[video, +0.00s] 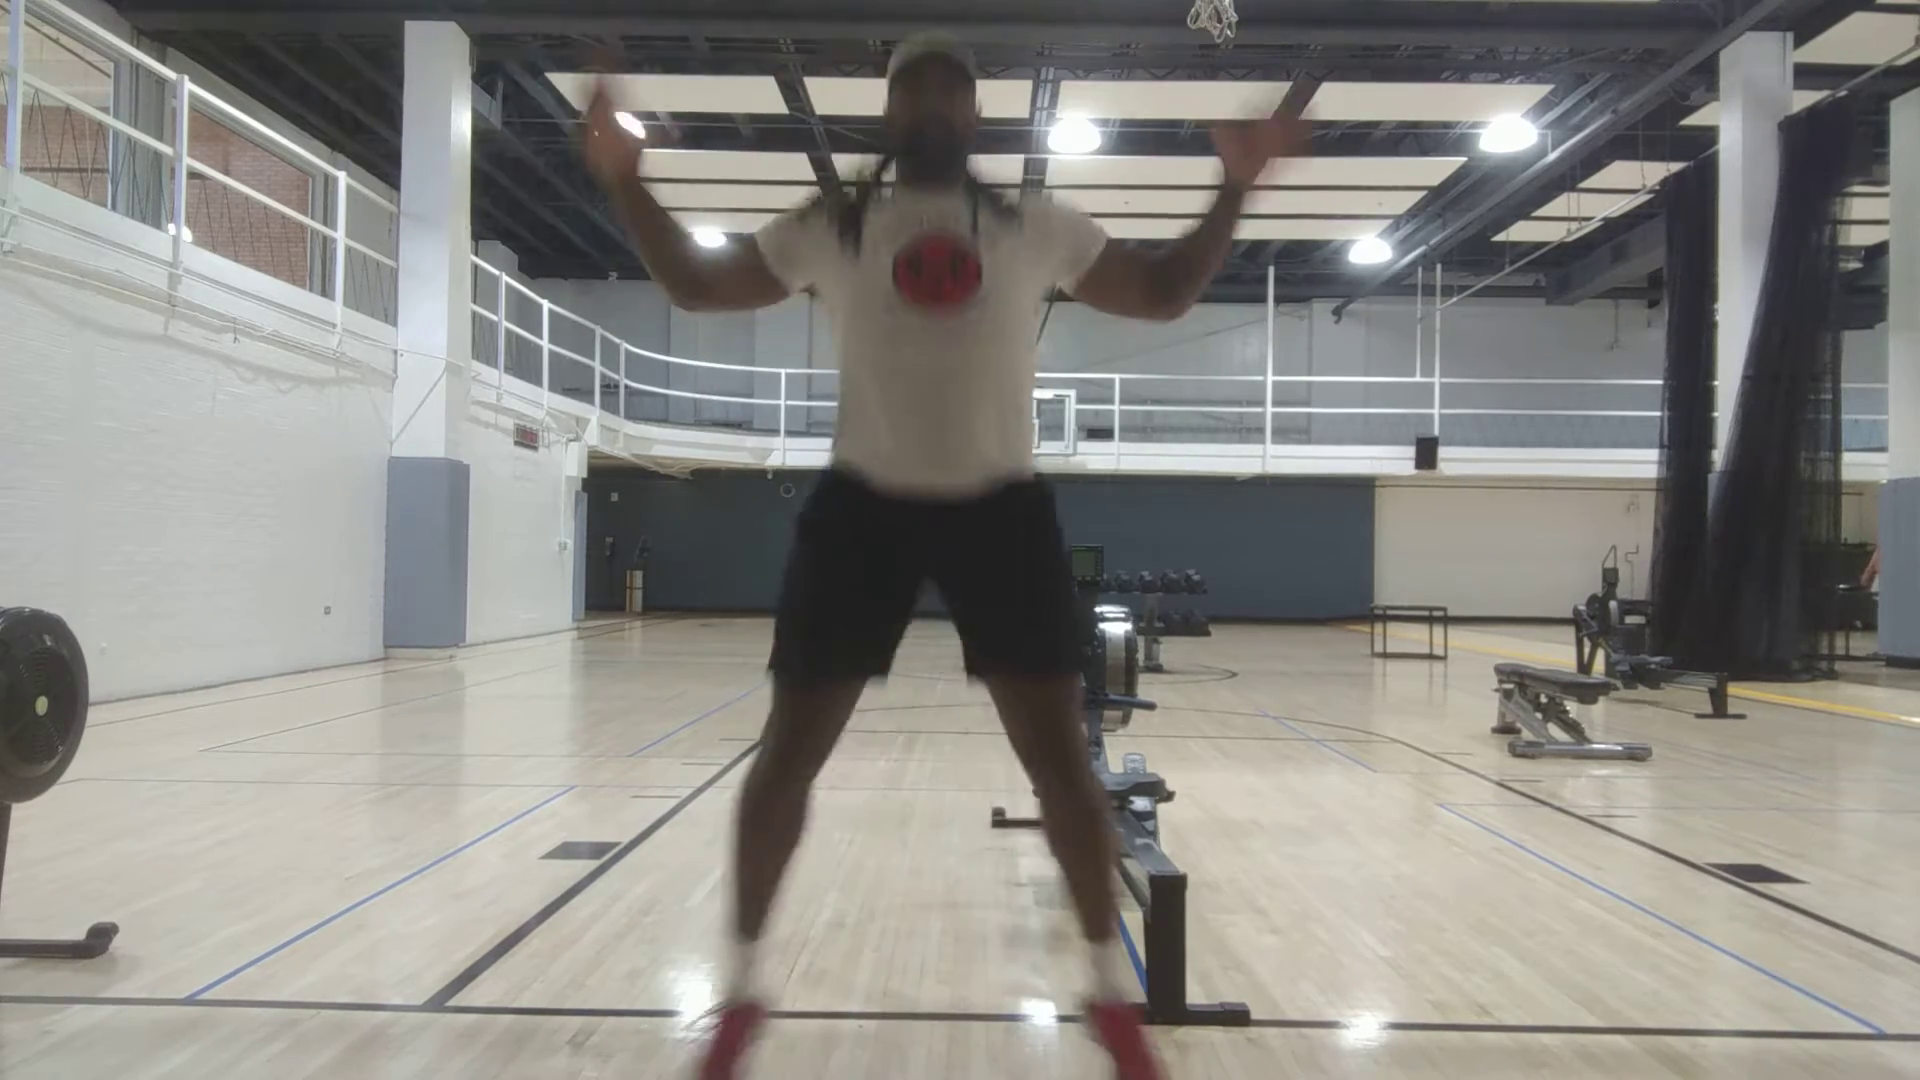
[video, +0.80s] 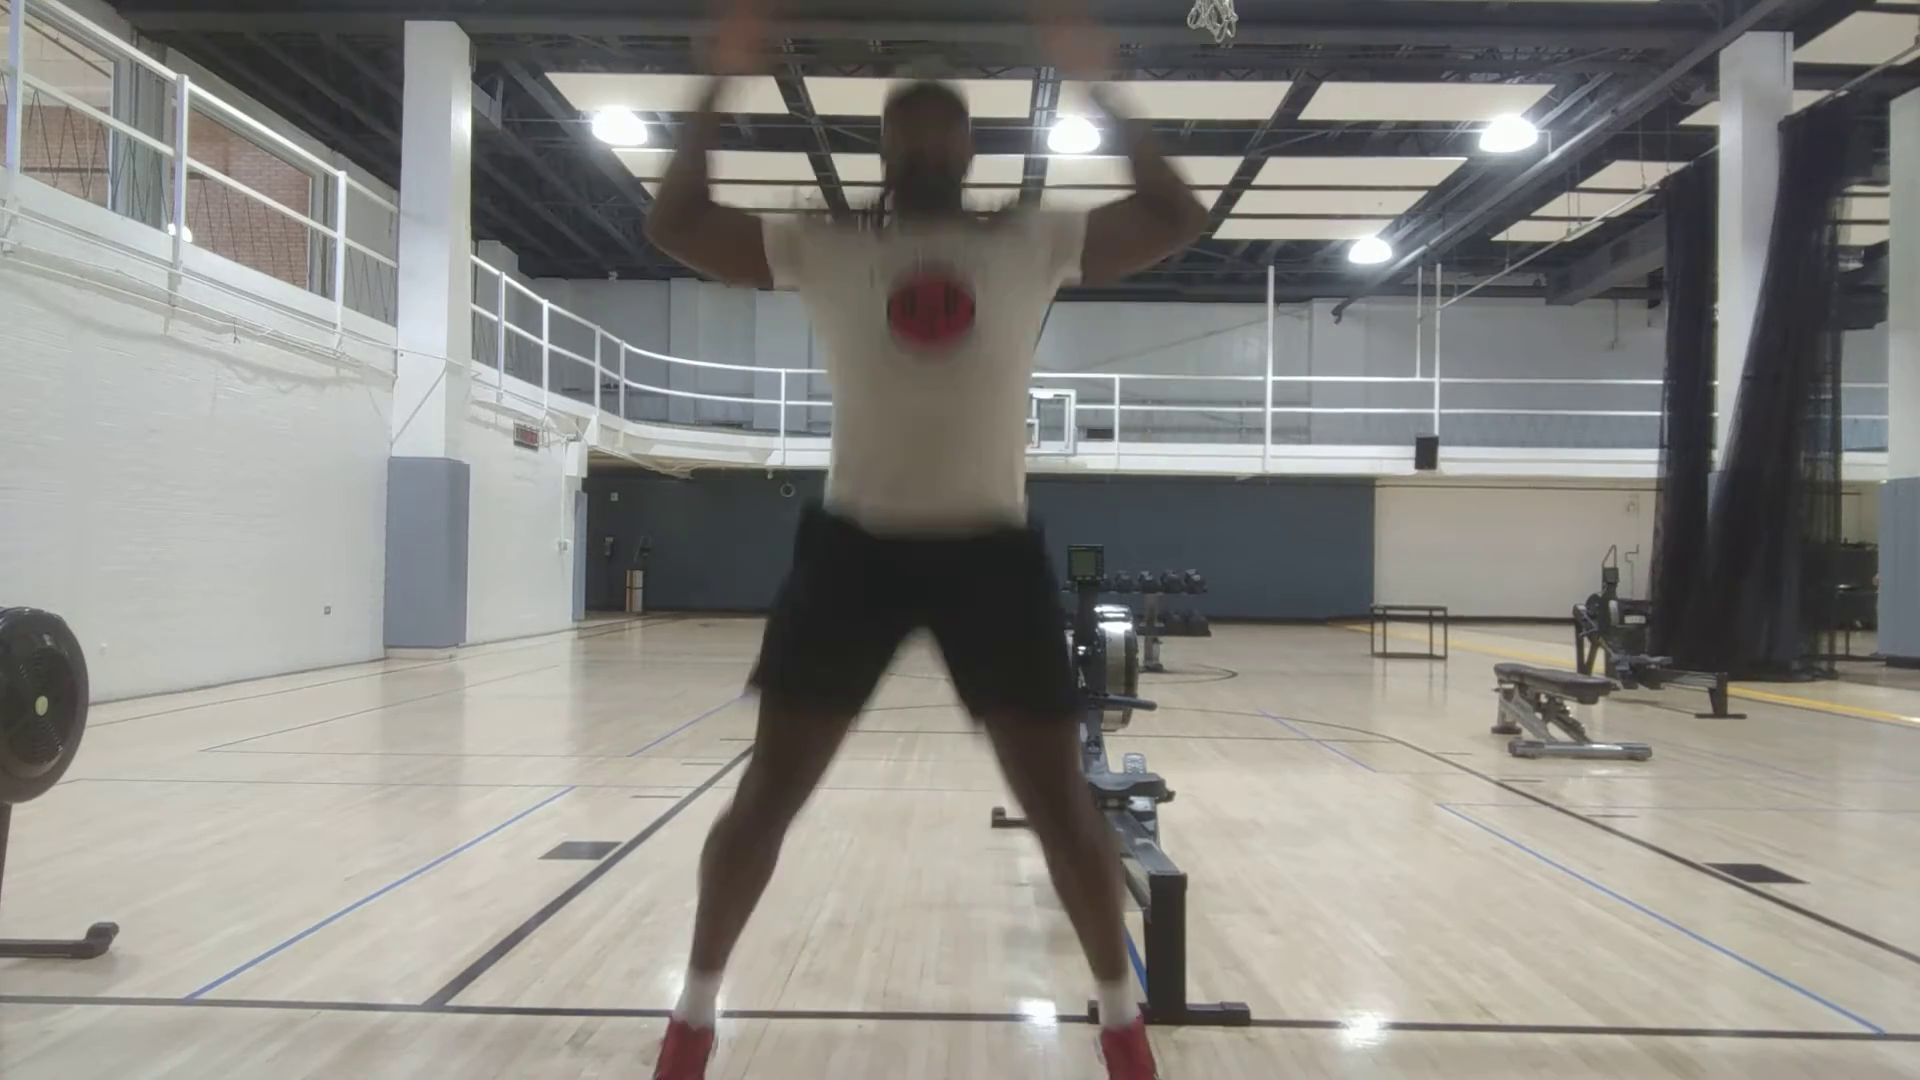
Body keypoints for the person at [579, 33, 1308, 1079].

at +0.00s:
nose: (935, 103)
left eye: (953, 88)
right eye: (917, 87)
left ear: (978, 112)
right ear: (886, 110)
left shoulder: (1032, 222)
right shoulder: (836, 223)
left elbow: (1165, 288)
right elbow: (696, 278)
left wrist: (1235, 187)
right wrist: (623, 182)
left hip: (1002, 511)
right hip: (863, 509)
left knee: (1059, 751)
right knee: (791, 747)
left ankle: (1111, 986)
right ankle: (741, 987)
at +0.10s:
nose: (937, 70)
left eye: (955, 55)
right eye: (918, 52)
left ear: (980, 79)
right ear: (884, 75)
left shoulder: (1034, 196)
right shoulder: (831, 203)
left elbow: (1109, 323)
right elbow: (742, 315)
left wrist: (1191, 304)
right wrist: (681, 294)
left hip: (1001, 482)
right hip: (864, 480)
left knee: (1025, 739)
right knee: (835, 732)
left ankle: (1029, 981)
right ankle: (831, 975)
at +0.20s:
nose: (933, 76)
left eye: (951, 59)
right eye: (914, 59)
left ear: (978, 85)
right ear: (883, 86)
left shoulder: (1034, 215)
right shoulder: (837, 217)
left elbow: (1072, 348)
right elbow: (784, 339)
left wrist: (1118, 377)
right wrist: (749, 367)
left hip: (1001, 502)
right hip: (871, 500)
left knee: (1010, 761)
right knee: (854, 756)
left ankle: (987, 995)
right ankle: (872, 994)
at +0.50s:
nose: (932, 119)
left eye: (949, 101)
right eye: (914, 101)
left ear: (972, 123)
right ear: (884, 121)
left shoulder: (1029, 261)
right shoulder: (832, 259)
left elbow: (1100, 380)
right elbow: (779, 378)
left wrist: (1153, 375)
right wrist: (729, 400)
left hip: (996, 535)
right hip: (868, 536)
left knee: (1000, 773)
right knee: (859, 769)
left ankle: (983, 1005)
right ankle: (876, 1004)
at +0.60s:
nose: (925, 60)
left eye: (945, 45)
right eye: (907, 45)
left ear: (976, 75)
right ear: (881, 73)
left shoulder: (1031, 195)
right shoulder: (833, 196)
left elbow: (1144, 304)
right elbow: (722, 308)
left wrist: (1199, 222)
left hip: (995, 480)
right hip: (864, 479)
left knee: (1012, 727)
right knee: (833, 725)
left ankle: (1025, 975)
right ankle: (822, 965)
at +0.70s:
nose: (929, 75)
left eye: (947, 58)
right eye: (909, 58)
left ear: (977, 80)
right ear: (882, 83)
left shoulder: (1034, 191)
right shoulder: (828, 193)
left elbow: (1175, 243)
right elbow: (680, 242)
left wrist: (1186, 99)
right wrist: (637, 112)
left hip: (996, 482)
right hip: (859, 478)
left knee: (1043, 737)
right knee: (798, 729)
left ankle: (1083, 979)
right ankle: (746, 970)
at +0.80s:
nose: (925, 135)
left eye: (942, 120)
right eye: (908, 120)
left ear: (971, 145)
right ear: (880, 144)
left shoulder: (1031, 244)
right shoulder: (825, 247)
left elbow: (1175, 218)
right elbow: (677, 224)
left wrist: (1105, 86)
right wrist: (716, 82)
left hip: (992, 553)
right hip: (854, 550)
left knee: (1063, 804)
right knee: (767, 797)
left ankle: (1122, 1014)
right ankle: (694, 1011)